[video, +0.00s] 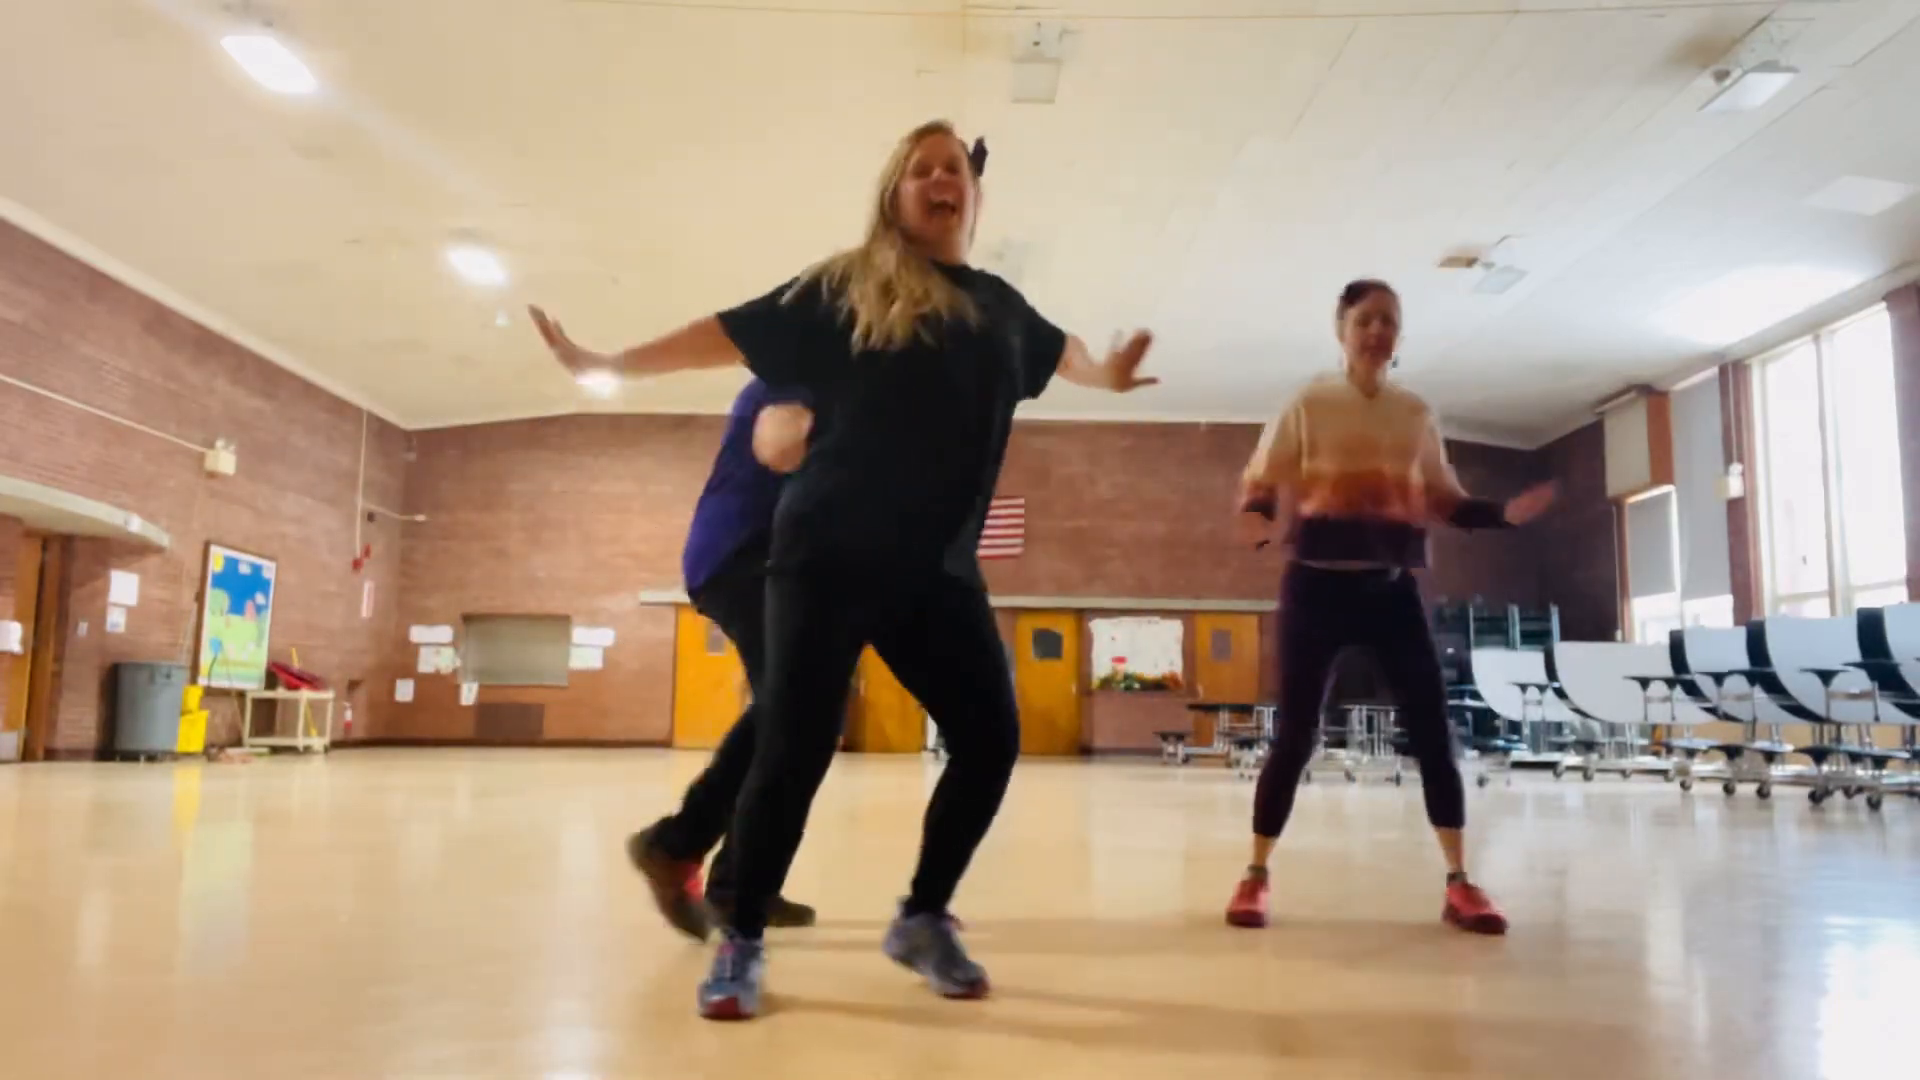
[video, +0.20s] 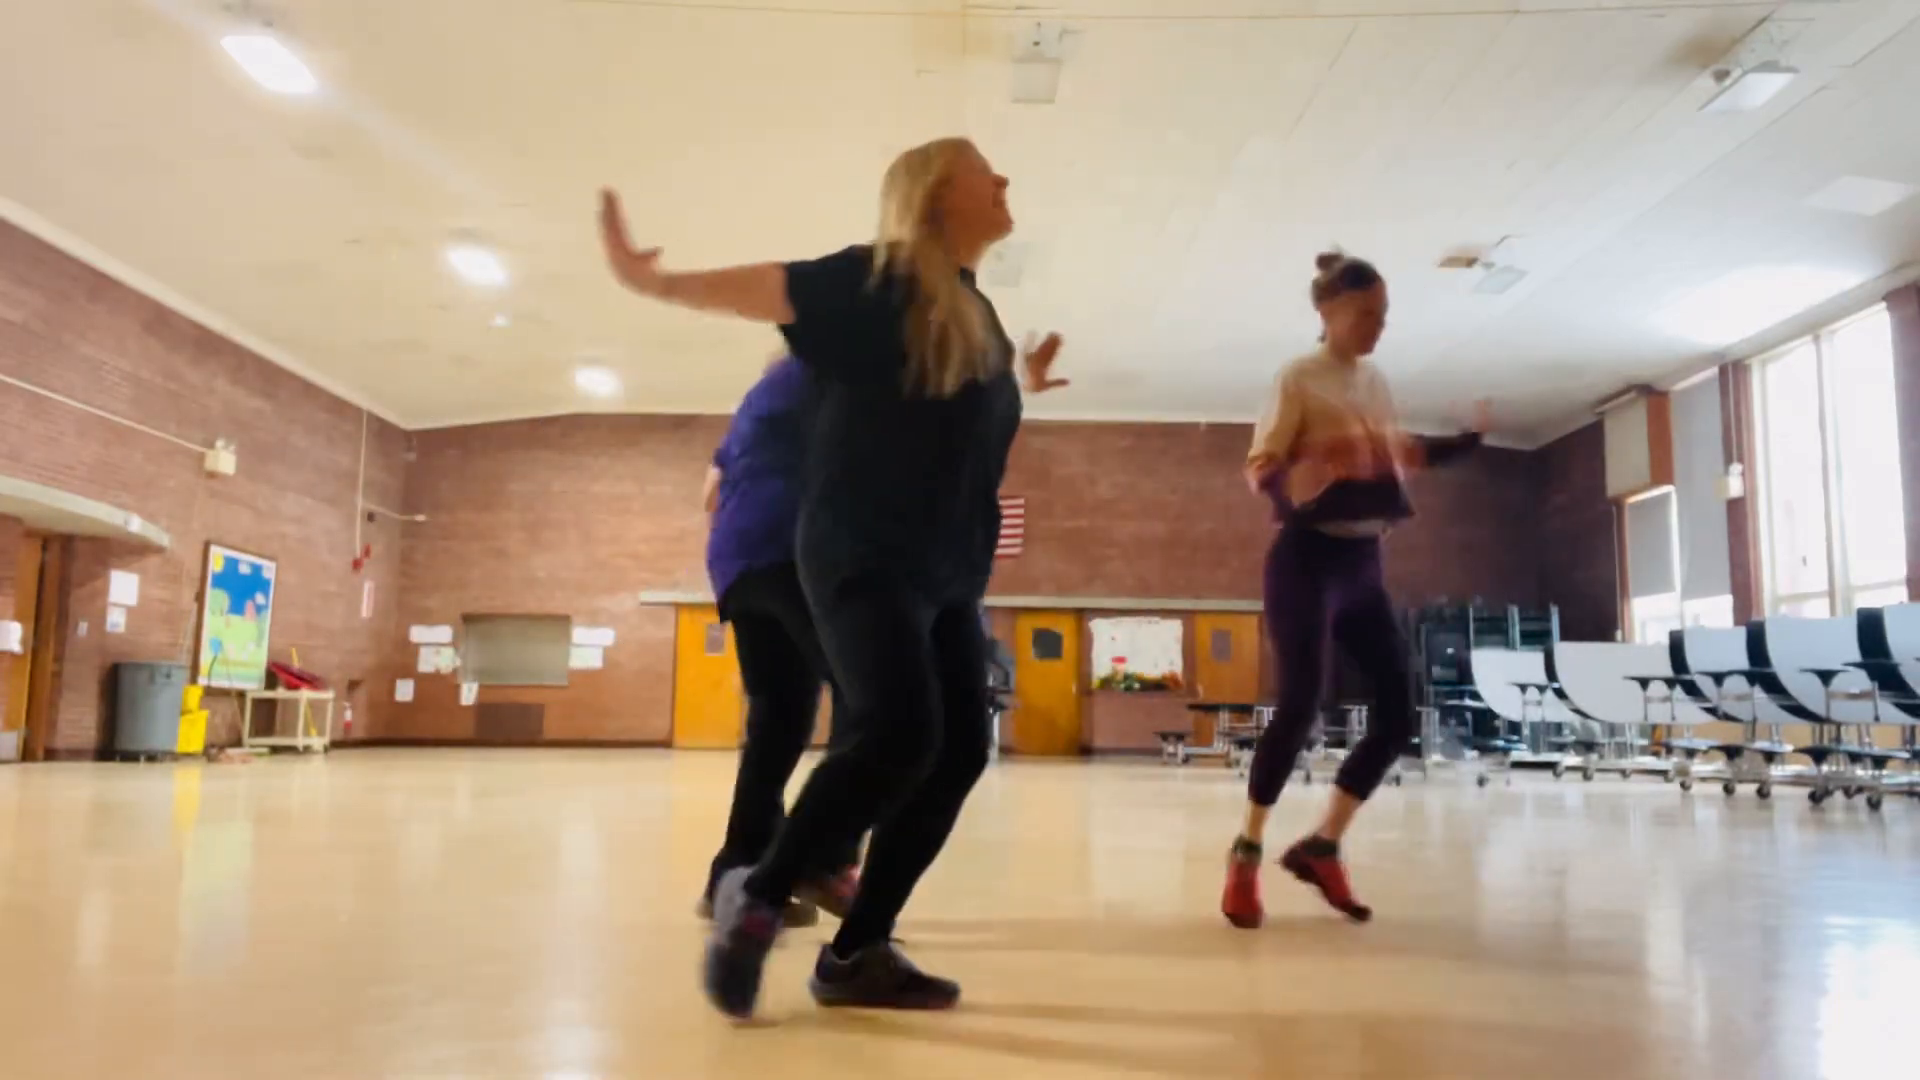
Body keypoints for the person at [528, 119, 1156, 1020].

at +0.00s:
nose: (942, 180)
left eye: (956, 169)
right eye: (925, 169)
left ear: (977, 194)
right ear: (894, 195)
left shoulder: (999, 306)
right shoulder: (844, 288)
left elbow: (1066, 353)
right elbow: (721, 335)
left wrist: (1112, 371)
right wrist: (603, 362)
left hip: (932, 564)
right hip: (823, 550)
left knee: (989, 739)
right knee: (797, 742)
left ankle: (923, 918)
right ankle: (738, 940)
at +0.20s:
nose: (1005, 190)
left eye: (997, 177)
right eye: (988, 178)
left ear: (954, 200)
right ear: (940, 197)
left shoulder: (972, 309)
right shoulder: (868, 280)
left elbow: (952, 408)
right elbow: (763, 290)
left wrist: (1022, 383)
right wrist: (650, 279)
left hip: (942, 573)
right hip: (859, 562)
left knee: (957, 751)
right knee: (891, 736)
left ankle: (861, 950)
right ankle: (755, 902)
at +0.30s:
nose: (1004, 188)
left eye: (996, 173)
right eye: (988, 173)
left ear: (953, 193)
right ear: (948, 189)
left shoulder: (977, 296)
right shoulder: (907, 262)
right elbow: (824, 267)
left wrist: (984, 508)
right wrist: (738, 249)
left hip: (921, 546)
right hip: (861, 540)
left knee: (926, 727)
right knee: (951, 708)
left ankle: (867, 934)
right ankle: (824, 915)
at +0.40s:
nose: (863, 368)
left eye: (864, 359)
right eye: (861, 357)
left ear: (791, 348)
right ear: (843, 351)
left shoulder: (746, 408)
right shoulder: (849, 392)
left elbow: (715, 511)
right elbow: (878, 480)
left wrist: (780, 497)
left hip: (757, 585)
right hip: (832, 580)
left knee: (798, 730)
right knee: (874, 730)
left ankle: (768, 888)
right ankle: (855, 887)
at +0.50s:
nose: (859, 359)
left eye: (858, 351)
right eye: (855, 348)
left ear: (784, 346)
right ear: (829, 342)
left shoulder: (742, 401)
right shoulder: (849, 375)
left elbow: (701, 499)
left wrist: (760, 474)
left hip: (764, 579)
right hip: (846, 570)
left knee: (801, 726)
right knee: (920, 708)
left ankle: (766, 889)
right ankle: (904, 841)